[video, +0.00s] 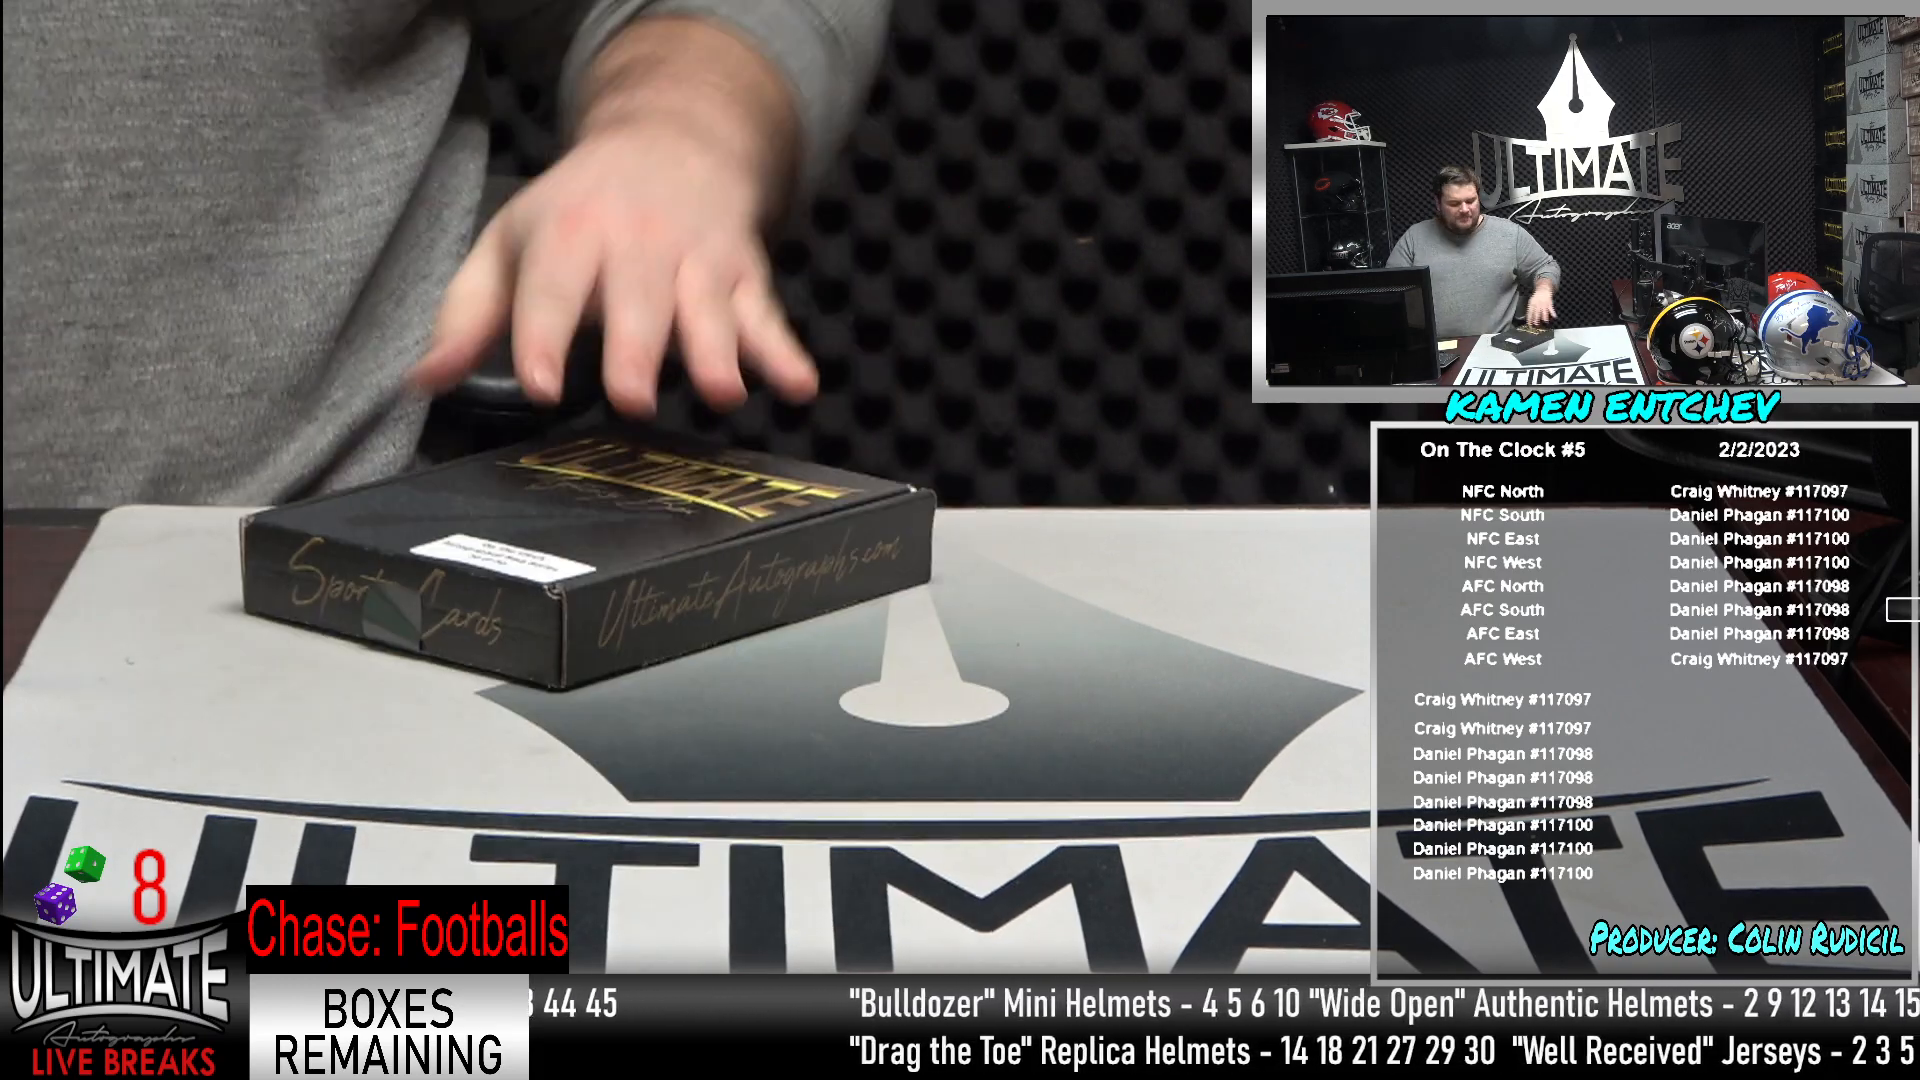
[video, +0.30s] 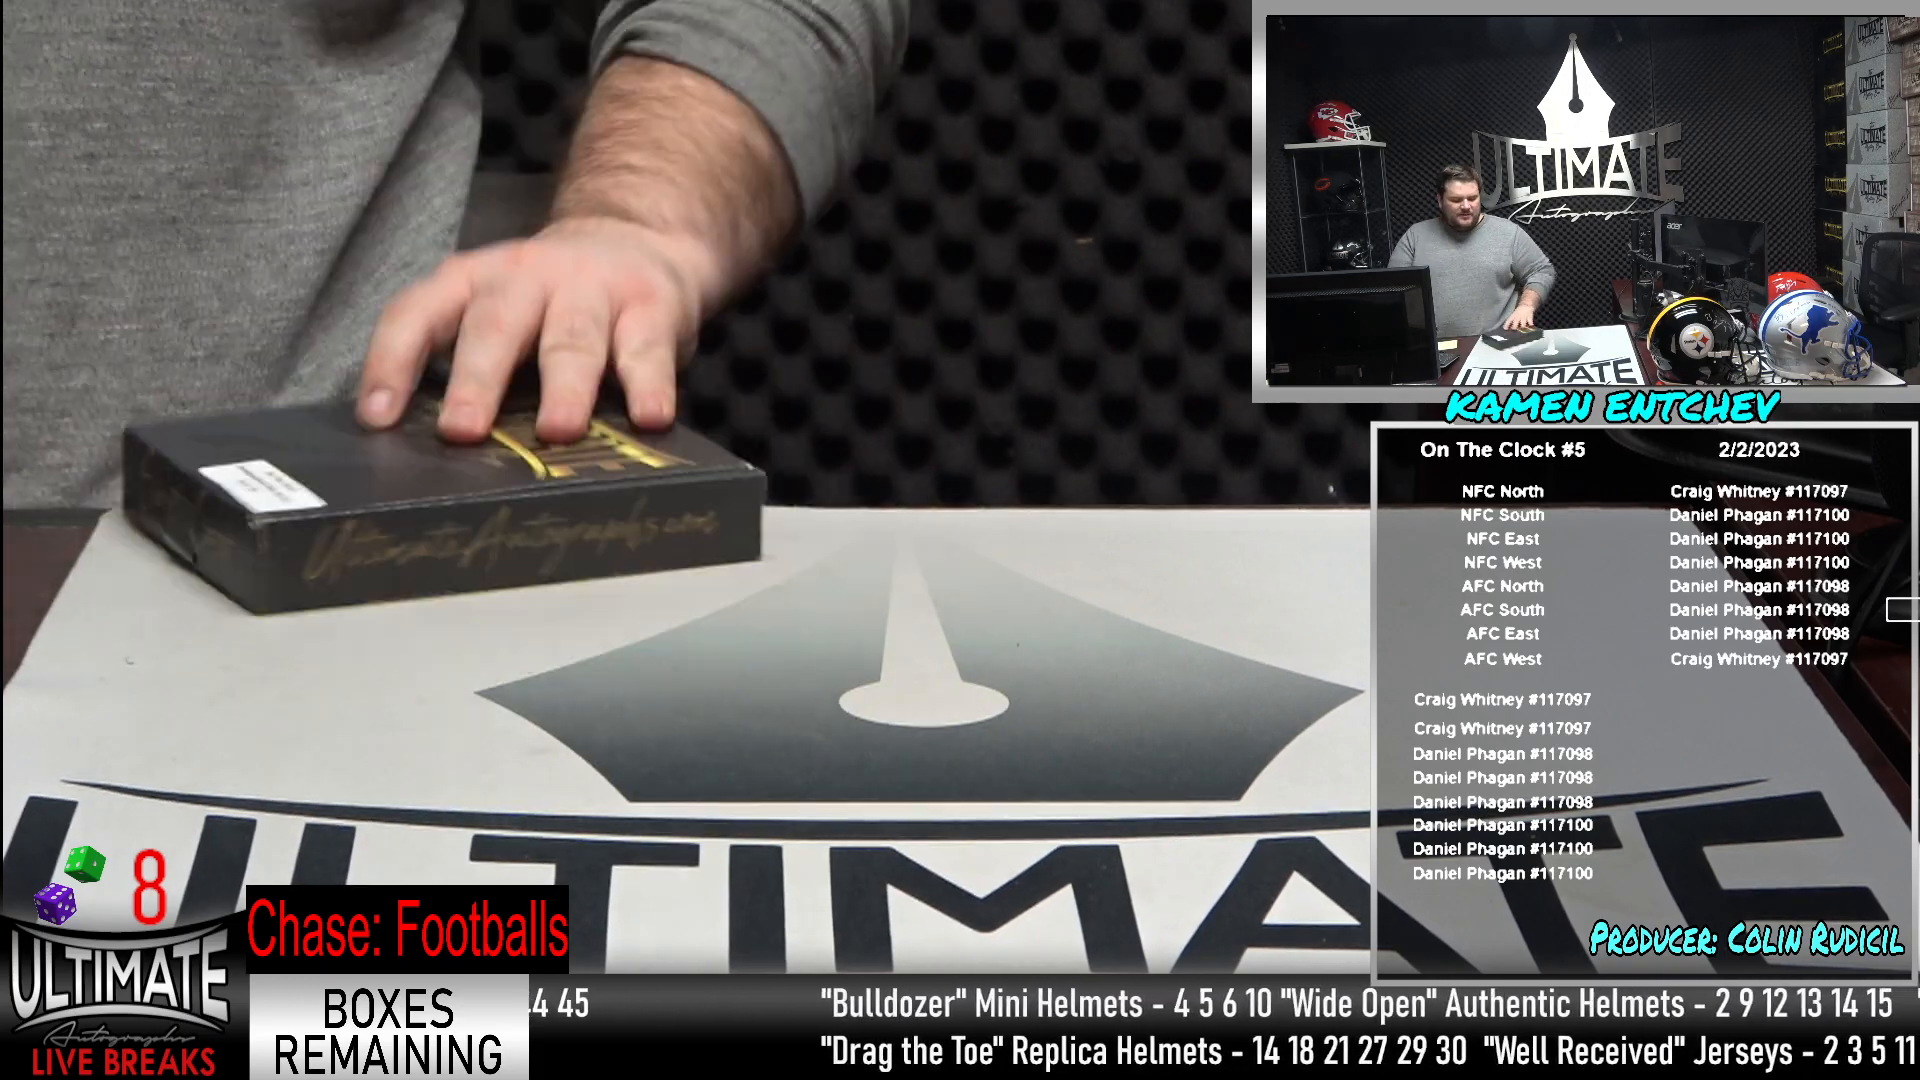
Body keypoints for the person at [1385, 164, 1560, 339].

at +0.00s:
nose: (1464, 210)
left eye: (1470, 201)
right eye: (1455, 203)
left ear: (1479, 198)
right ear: (1438, 204)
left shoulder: (1510, 234)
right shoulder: (1415, 238)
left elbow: (1545, 266)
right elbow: (1389, 288)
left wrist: (1543, 292)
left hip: (1499, 353)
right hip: (1434, 356)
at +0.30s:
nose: (1466, 206)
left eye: (1472, 199)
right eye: (1457, 200)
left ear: (1480, 197)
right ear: (1440, 200)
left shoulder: (1508, 234)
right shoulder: (1416, 236)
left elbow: (1541, 271)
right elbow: (1391, 287)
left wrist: (1526, 306)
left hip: (1497, 354)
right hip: (1432, 358)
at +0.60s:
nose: (1461, 206)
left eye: (1467, 198)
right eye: (1452, 200)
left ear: (1476, 198)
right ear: (1437, 202)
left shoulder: (1507, 232)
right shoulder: (1416, 237)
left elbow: (1540, 268)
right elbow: (1394, 287)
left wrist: (1532, 290)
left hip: (1498, 351)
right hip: (1435, 354)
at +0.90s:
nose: (1454, 208)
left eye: (1460, 199)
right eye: (1445, 202)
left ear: (1472, 197)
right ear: (1433, 204)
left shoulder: (1505, 231)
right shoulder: (1416, 238)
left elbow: (1536, 272)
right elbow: (1393, 291)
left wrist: (1515, 302)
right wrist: (1428, 304)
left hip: (1498, 347)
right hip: (1437, 352)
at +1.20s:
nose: (1450, 209)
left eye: (1455, 199)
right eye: (1440, 204)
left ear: (1469, 195)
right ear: (1431, 207)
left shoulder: (1505, 230)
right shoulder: (1416, 238)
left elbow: (1536, 273)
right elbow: (1395, 288)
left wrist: (1512, 302)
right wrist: (1434, 299)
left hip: (1501, 347)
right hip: (1439, 352)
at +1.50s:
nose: (1448, 210)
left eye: (1453, 200)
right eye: (1439, 206)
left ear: (1467, 196)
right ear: (1430, 208)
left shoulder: (1504, 230)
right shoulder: (1415, 239)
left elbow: (1535, 273)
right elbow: (1394, 287)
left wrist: (1510, 301)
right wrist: (1434, 298)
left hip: (1501, 346)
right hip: (1438, 351)